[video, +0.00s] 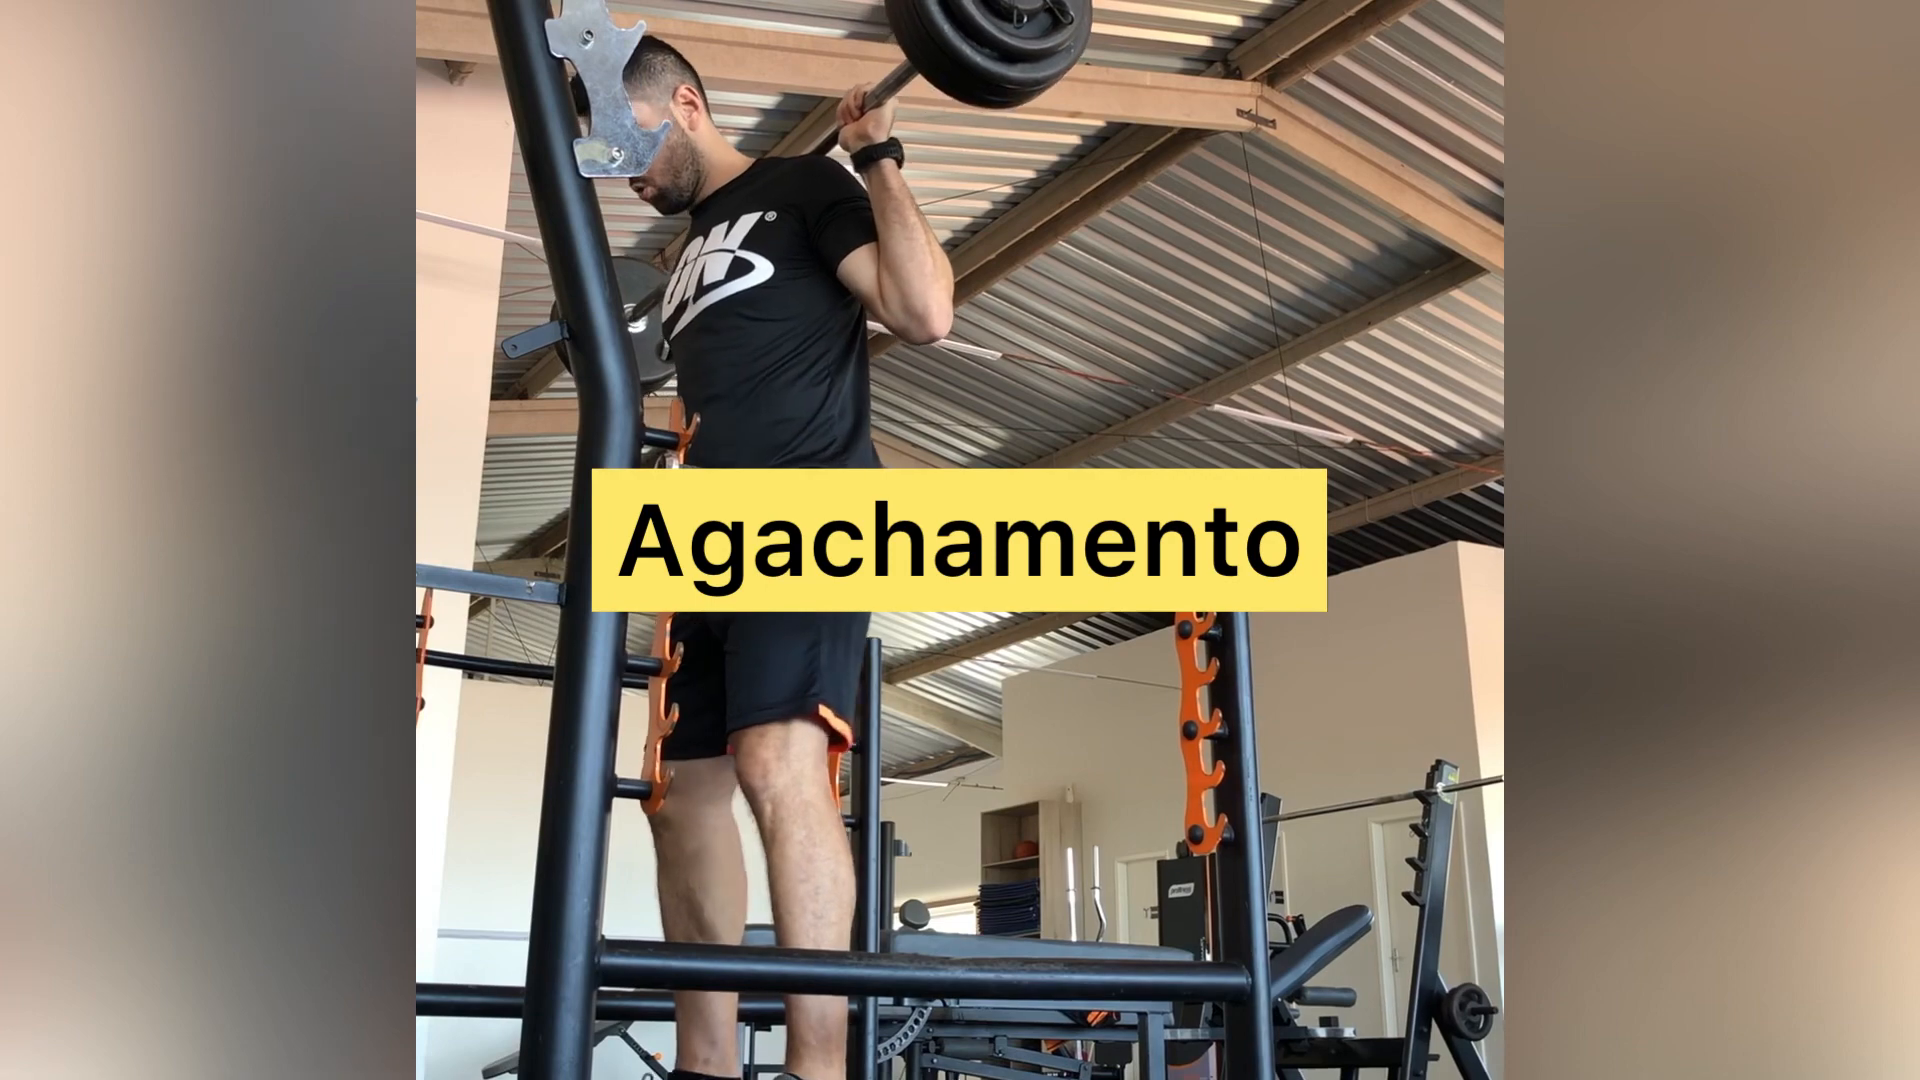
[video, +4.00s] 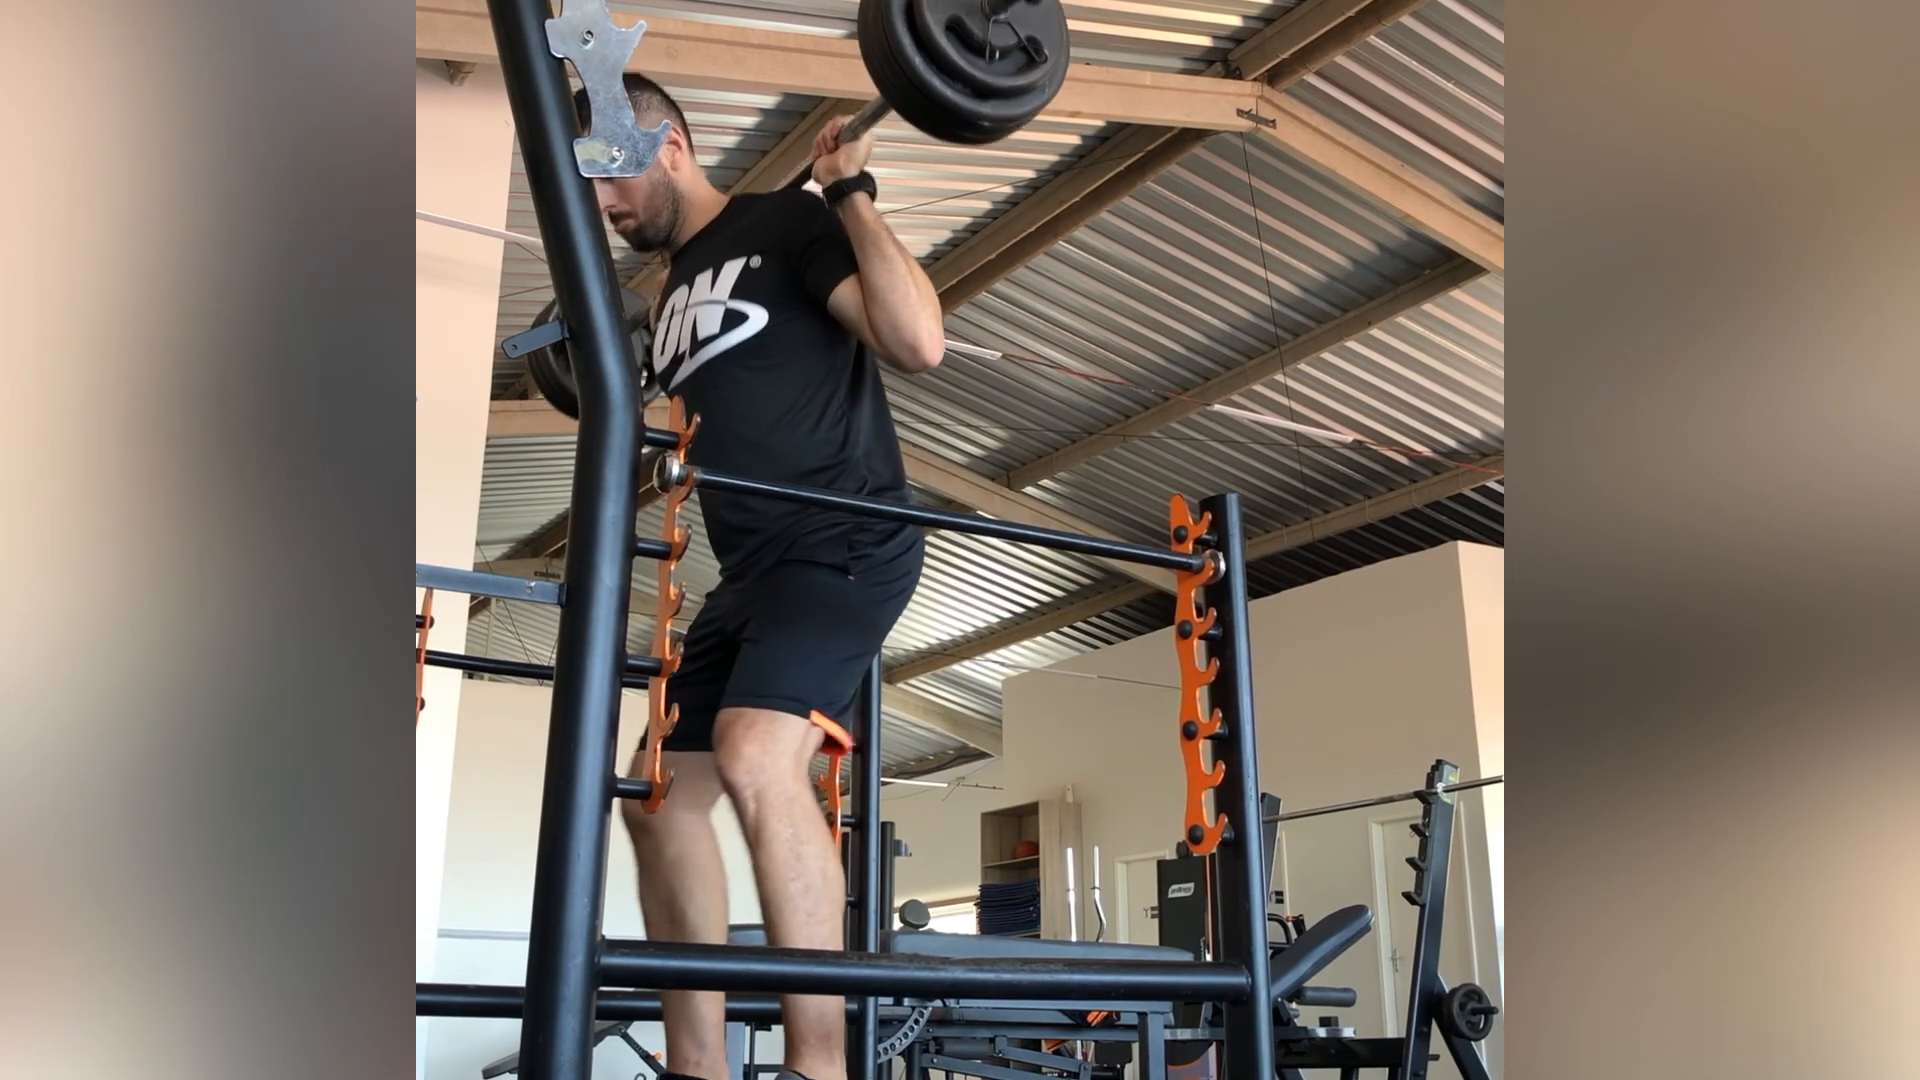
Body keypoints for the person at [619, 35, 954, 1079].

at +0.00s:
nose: (631, 172)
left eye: (635, 144)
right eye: (618, 154)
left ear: (690, 106)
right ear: (662, 124)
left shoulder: (806, 183)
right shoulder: (686, 258)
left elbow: (928, 312)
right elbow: (704, 420)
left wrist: (880, 161)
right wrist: (672, 573)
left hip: (808, 522)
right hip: (713, 537)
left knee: (779, 758)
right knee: (686, 786)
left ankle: (822, 1062)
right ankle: (708, 1063)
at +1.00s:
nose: (622, 185)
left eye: (629, 156)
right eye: (608, 169)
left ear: (681, 118)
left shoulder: (789, 200)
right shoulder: (675, 263)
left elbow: (900, 334)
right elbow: (691, 420)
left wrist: (851, 181)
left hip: (787, 520)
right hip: (708, 536)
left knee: (771, 758)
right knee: (690, 792)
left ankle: (821, 1063)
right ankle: (708, 1065)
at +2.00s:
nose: (630, 182)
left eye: (635, 152)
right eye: (615, 165)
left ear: (684, 112)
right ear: (643, 139)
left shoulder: (799, 192)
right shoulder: (685, 257)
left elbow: (917, 316)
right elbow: (714, 406)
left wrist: (866, 170)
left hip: (809, 512)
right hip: (726, 529)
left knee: (769, 755)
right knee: (687, 788)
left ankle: (825, 1063)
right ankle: (709, 1067)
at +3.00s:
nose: (622, 186)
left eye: (630, 156)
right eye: (609, 170)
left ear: (684, 120)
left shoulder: (797, 197)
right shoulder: (688, 267)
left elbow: (925, 322)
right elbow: (720, 405)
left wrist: (867, 175)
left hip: (823, 517)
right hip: (734, 536)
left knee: (778, 755)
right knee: (692, 787)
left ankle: (826, 1065)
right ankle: (702, 1067)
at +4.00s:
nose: (601, 200)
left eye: (611, 170)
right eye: (588, 180)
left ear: (674, 145)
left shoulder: (790, 218)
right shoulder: (670, 303)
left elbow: (919, 344)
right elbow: (698, 433)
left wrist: (855, 197)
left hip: (849, 538)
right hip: (752, 560)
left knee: (760, 756)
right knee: (659, 793)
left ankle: (822, 1066)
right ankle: (697, 1067)